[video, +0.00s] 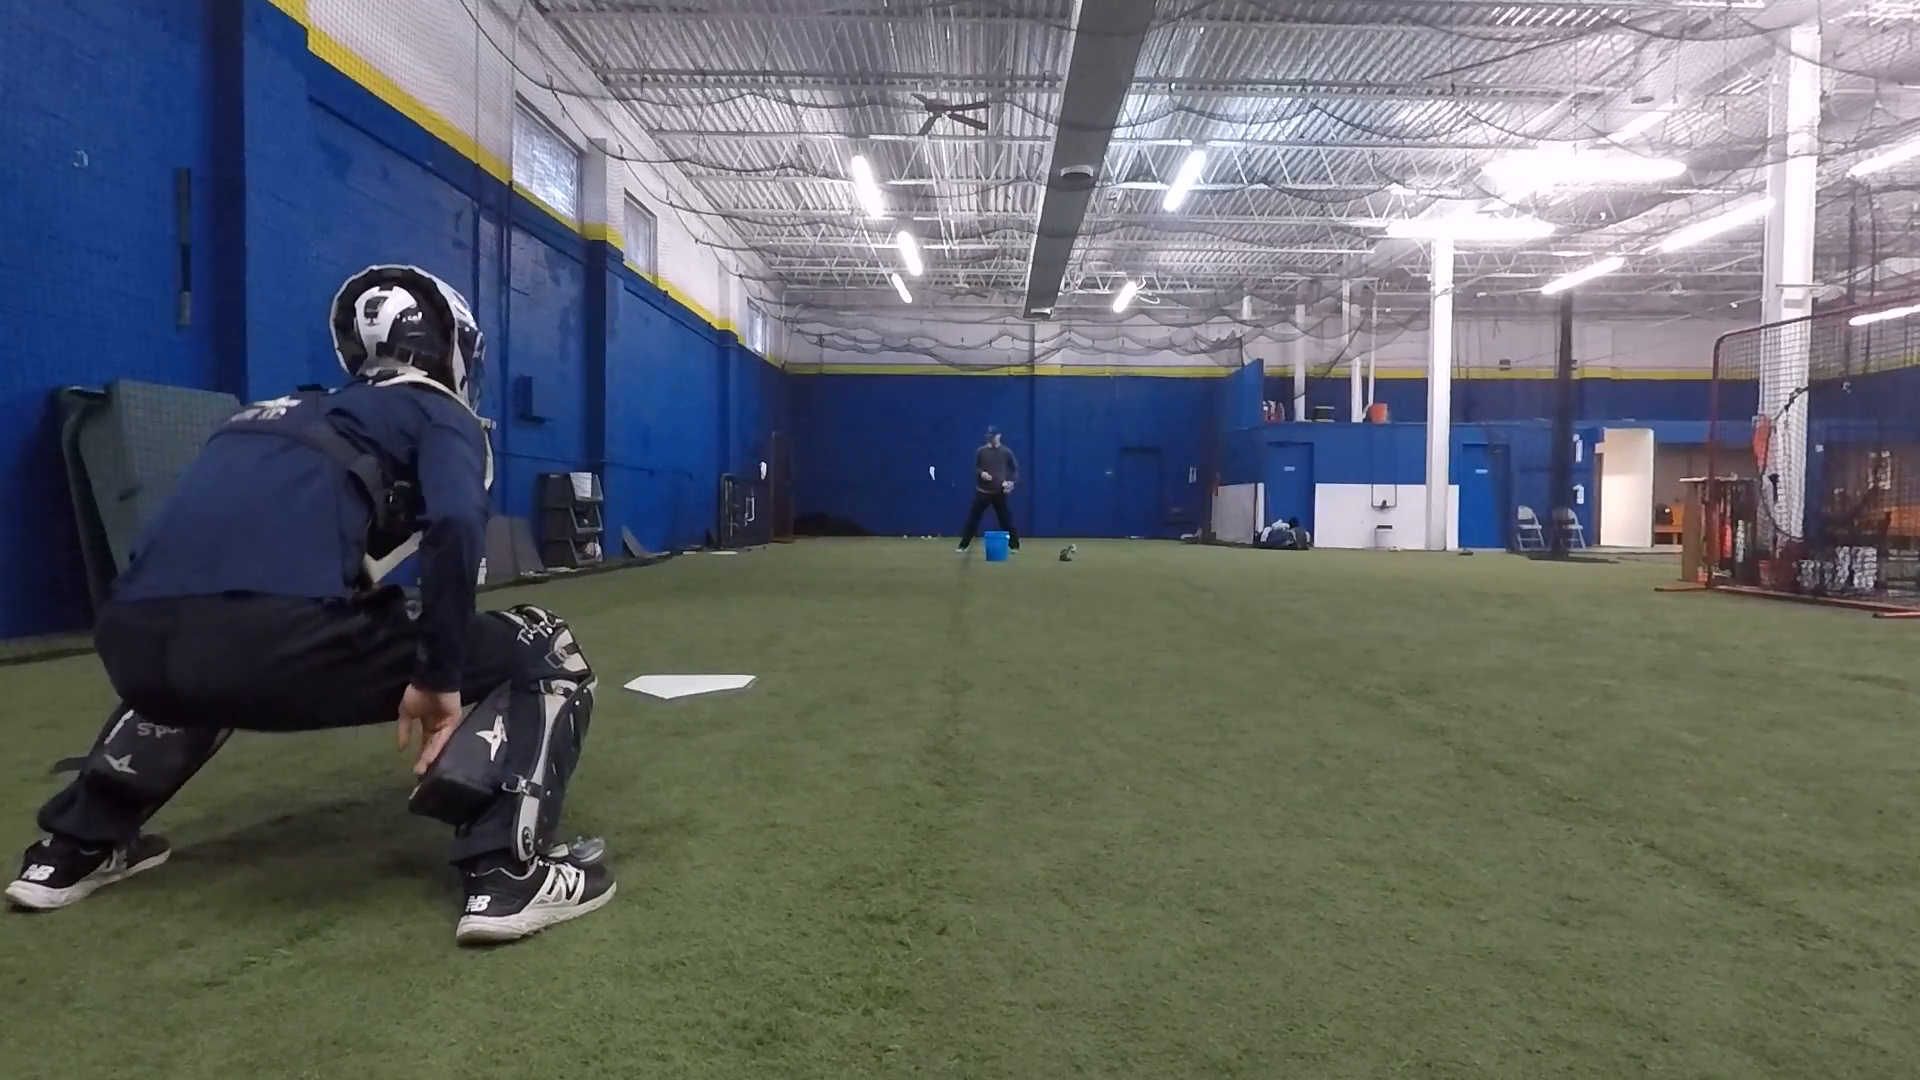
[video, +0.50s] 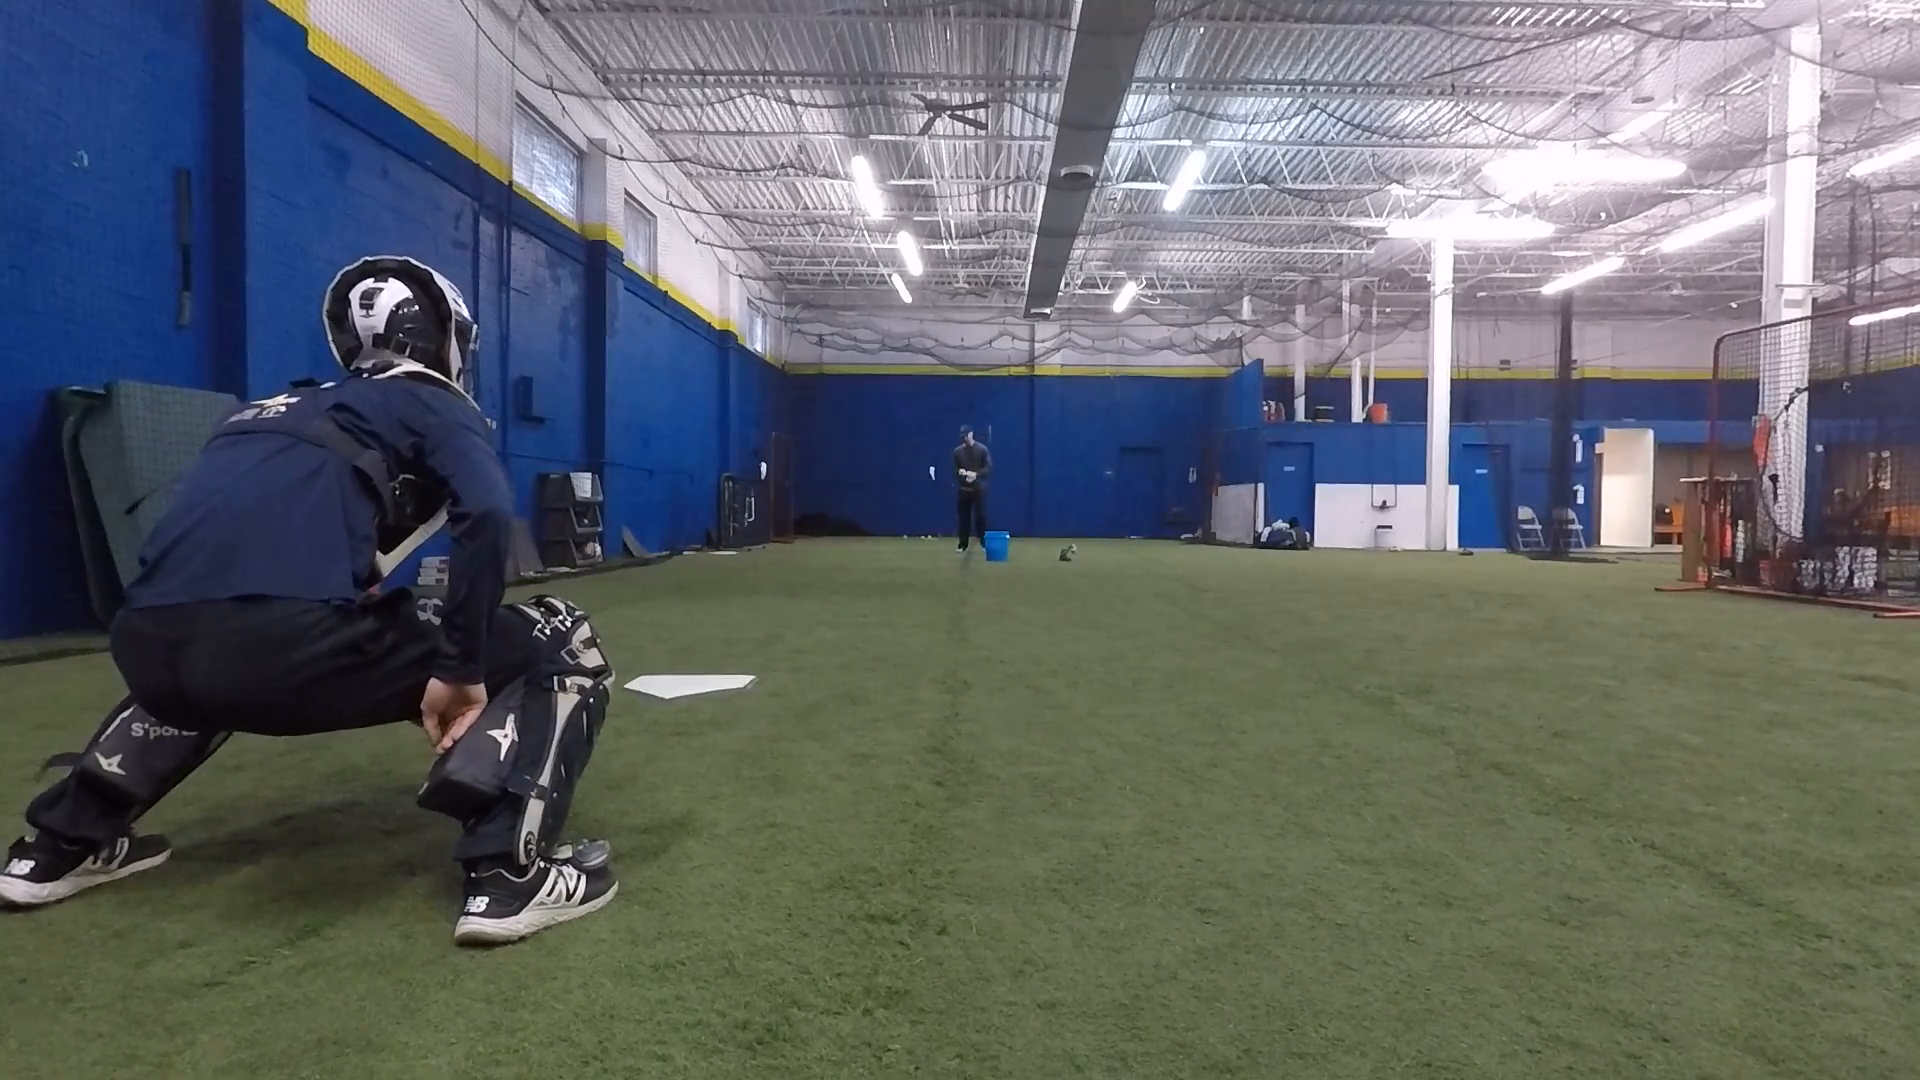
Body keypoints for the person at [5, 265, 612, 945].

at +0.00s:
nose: (469, 367)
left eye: (466, 352)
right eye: (465, 353)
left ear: (353, 353)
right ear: (447, 353)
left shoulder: (276, 410)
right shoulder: (439, 413)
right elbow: (453, 519)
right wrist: (437, 675)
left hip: (137, 641)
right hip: (281, 644)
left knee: (205, 668)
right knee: (544, 652)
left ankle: (68, 851)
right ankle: (510, 873)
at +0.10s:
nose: (469, 361)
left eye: (466, 345)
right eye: (466, 346)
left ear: (354, 343)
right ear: (449, 345)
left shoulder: (276, 400)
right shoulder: (437, 401)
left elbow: (247, 532)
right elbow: (462, 507)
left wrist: (362, 591)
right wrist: (443, 666)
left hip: (139, 629)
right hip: (285, 629)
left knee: (205, 663)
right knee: (545, 651)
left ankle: (65, 849)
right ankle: (509, 874)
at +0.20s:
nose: (466, 354)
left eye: (462, 339)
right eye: (463, 341)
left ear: (348, 338)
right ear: (447, 339)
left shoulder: (274, 397)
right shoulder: (436, 397)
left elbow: (225, 518)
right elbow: (468, 505)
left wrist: (347, 571)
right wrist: (449, 659)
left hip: (144, 630)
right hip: (287, 630)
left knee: (216, 650)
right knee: (551, 648)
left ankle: (55, 837)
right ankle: (510, 873)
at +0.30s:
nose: (463, 350)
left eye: (458, 335)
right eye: (459, 336)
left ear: (345, 338)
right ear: (442, 337)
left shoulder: (273, 399)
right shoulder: (433, 398)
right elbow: (475, 506)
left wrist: (352, 579)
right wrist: (456, 666)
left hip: (149, 639)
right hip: (286, 640)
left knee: (211, 667)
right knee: (562, 645)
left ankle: (56, 835)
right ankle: (509, 872)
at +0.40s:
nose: (461, 354)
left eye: (458, 338)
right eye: (457, 339)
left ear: (346, 343)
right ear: (437, 338)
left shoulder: (274, 404)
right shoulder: (433, 401)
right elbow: (481, 510)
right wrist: (461, 669)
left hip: (151, 646)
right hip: (286, 646)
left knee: (212, 663)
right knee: (563, 644)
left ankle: (57, 839)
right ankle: (510, 873)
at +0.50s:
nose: (464, 356)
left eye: (459, 341)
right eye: (460, 342)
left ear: (347, 346)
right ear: (442, 341)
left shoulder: (276, 405)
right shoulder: (434, 405)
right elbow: (489, 513)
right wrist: (462, 673)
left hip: (150, 646)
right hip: (288, 646)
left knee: (209, 660)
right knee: (563, 644)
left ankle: (58, 845)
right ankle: (510, 874)